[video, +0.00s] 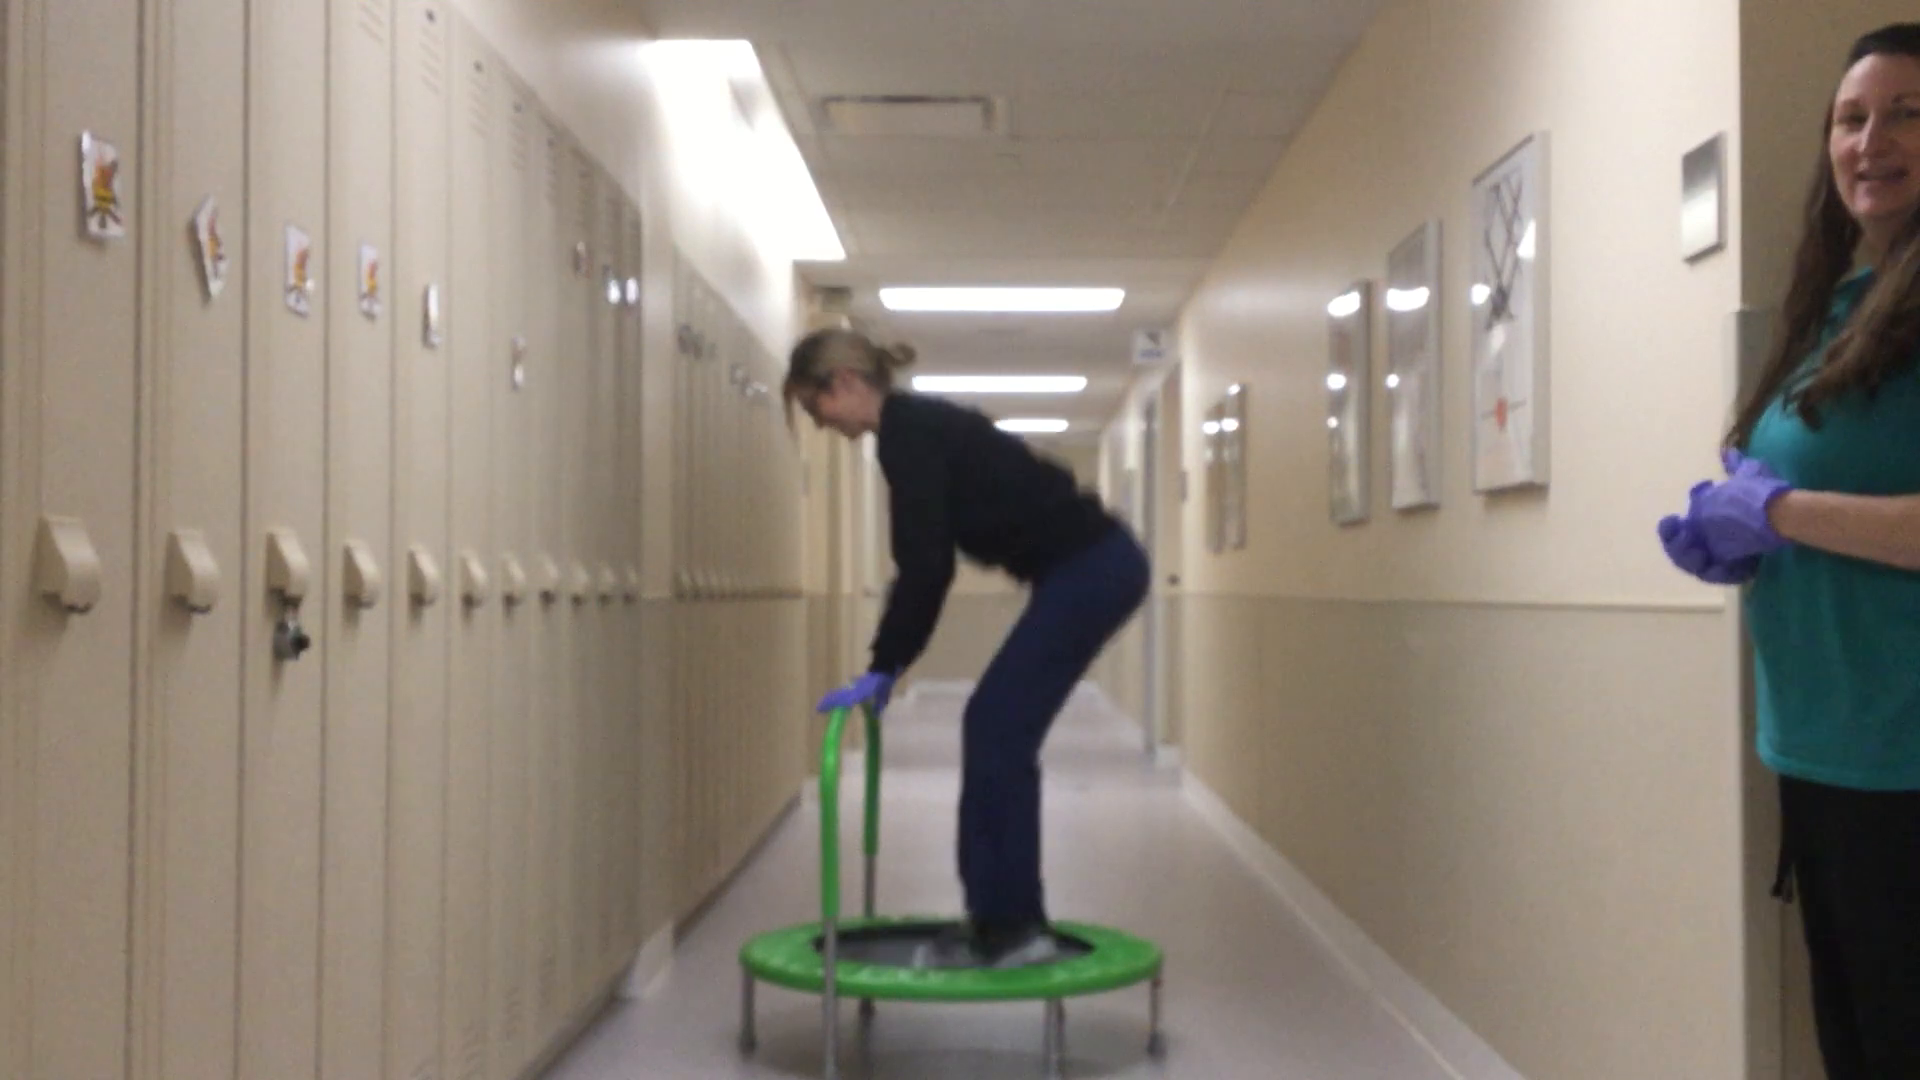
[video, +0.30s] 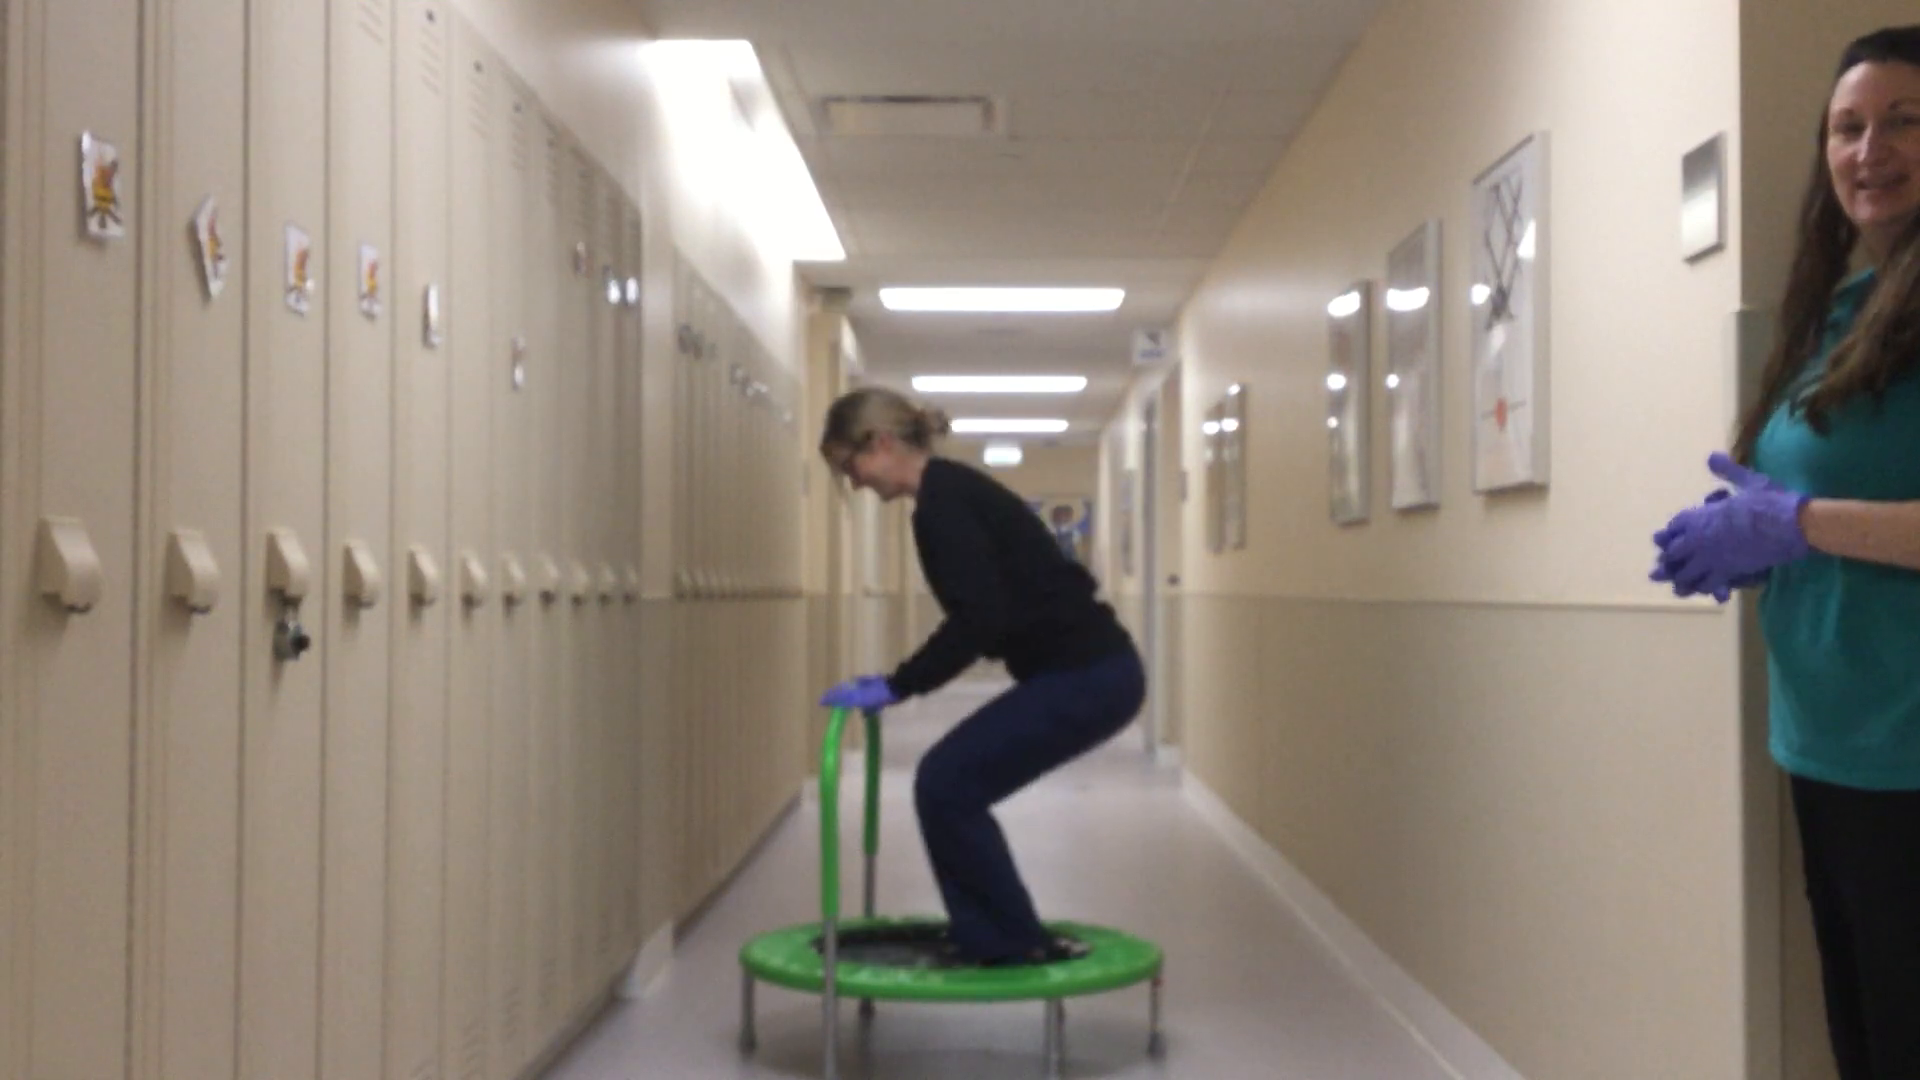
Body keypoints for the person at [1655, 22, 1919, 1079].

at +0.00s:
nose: (1871, 142)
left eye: (1900, 117)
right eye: (1851, 119)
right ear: (1827, 145)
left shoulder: (1919, 294)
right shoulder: (1829, 298)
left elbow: (1914, 526)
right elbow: (1766, 450)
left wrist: (1777, 513)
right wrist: (1735, 502)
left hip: (1897, 751)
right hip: (1815, 743)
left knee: (1892, 1036)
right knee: (1850, 1034)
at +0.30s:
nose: (1870, 150)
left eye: (1899, 123)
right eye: (1848, 127)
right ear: (1824, 149)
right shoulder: (1829, 299)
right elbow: (1793, 461)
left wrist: (1796, 522)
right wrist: (1745, 490)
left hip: (1901, 737)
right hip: (1819, 729)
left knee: (1899, 1026)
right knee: (1857, 1027)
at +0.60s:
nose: (1889, 153)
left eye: (1911, 127)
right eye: (1869, 129)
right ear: (1843, 150)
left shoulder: (1918, 298)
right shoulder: (1845, 302)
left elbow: (1914, 515)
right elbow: (1806, 460)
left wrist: (1795, 514)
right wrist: (1759, 489)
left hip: (1898, 745)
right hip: (1823, 736)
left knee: (1894, 1033)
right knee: (1856, 1033)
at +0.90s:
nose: (1891, 151)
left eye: (1913, 127)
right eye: (1872, 127)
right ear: (1847, 148)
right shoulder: (1847, 298)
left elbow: (1917, 524)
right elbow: (1803, 462)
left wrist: (1800, 523)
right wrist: (1753, 506)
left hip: (1901, 745)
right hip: (1825, 737)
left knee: (1900, 1030)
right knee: (1858, 1027)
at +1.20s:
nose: (1891, 148)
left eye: (1912, 124)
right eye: (1873, 125)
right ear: (1848, 144)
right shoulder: (1847, 297)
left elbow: (1916, 526)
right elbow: (1816, 473)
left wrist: (1799, 523)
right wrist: (1756, 509)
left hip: (1901, 746)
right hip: (1825, 737)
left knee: (1897, 1034)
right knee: (1859, 1031)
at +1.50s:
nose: (1888, 146)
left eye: (1910, 122)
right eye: (1868, 125)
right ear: (1844, 147)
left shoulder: (1919, 295)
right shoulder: (1846, 296)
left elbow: (1915, 523)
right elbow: (1805, 467)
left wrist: (1798, 519)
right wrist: (1753, 502)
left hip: (1899, 743)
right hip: (1824, 735)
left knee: (1898, 1030)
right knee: (1859, 1027)